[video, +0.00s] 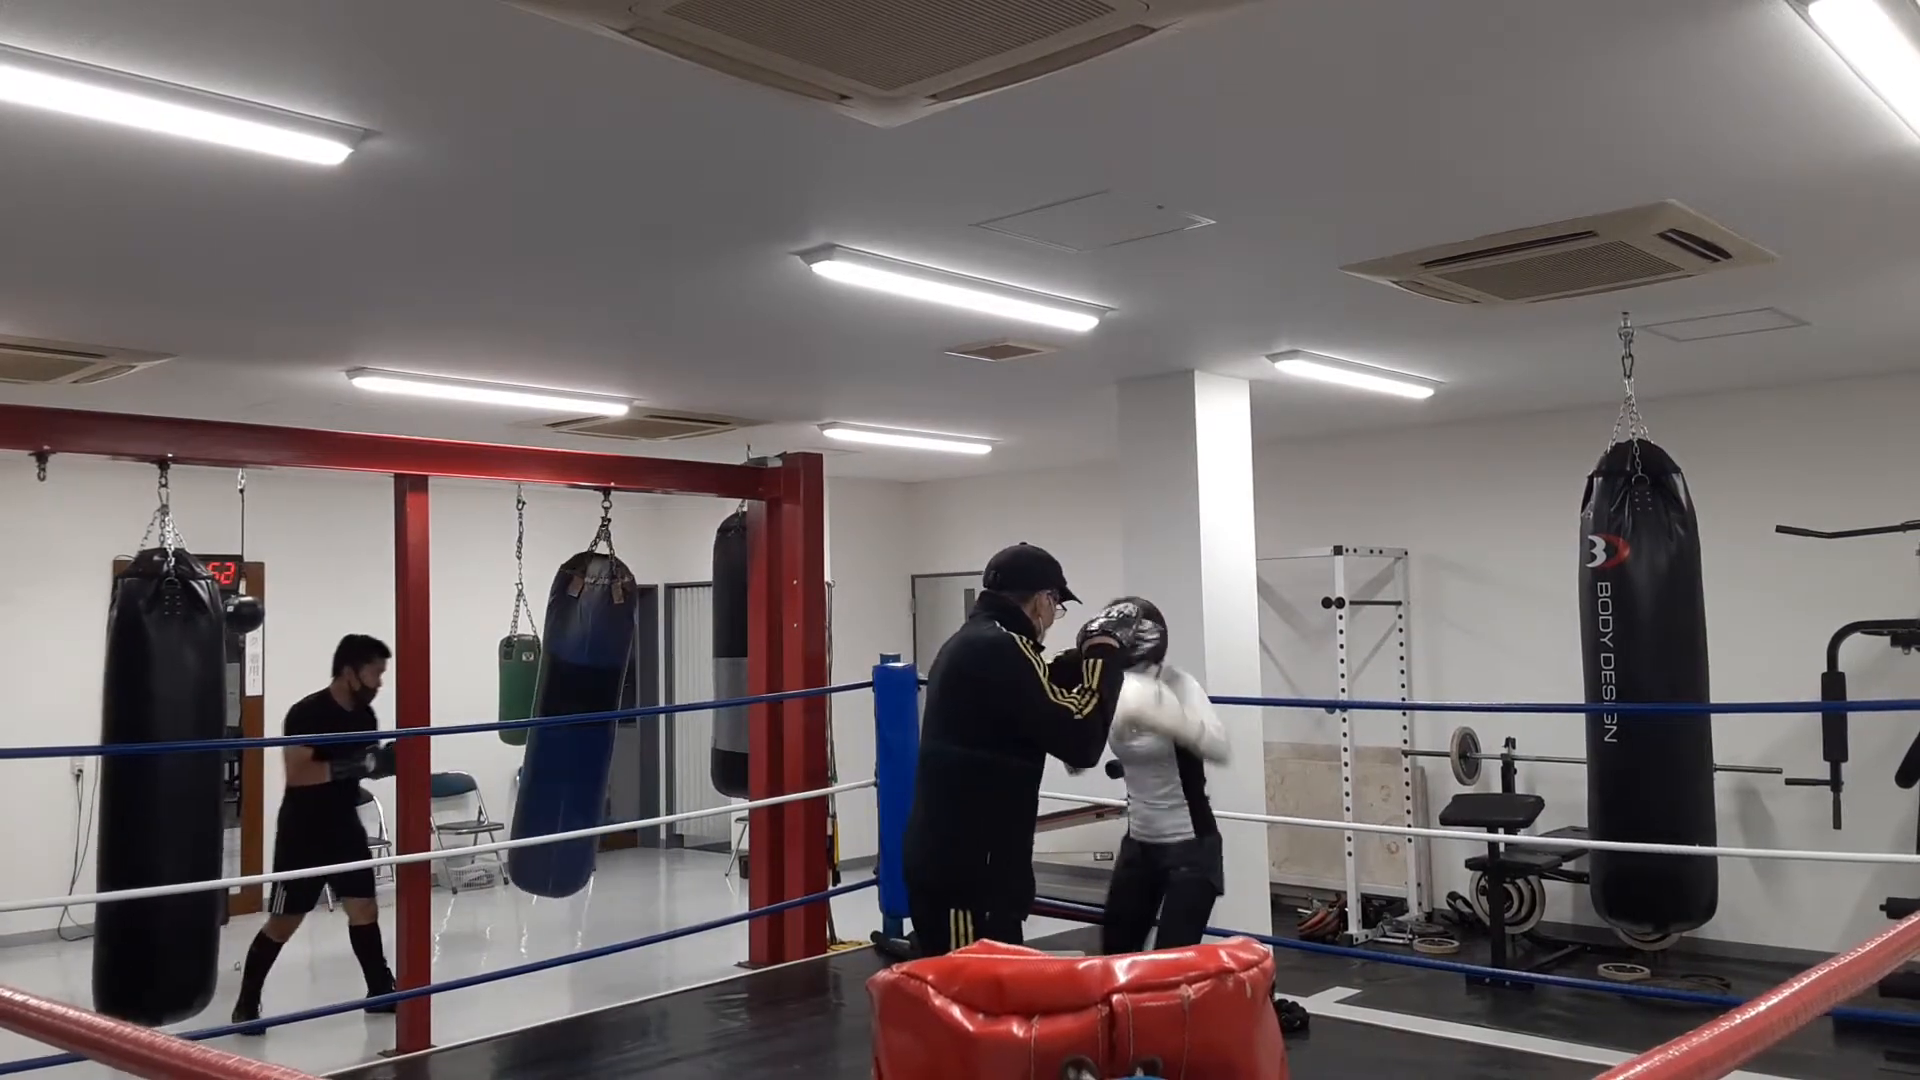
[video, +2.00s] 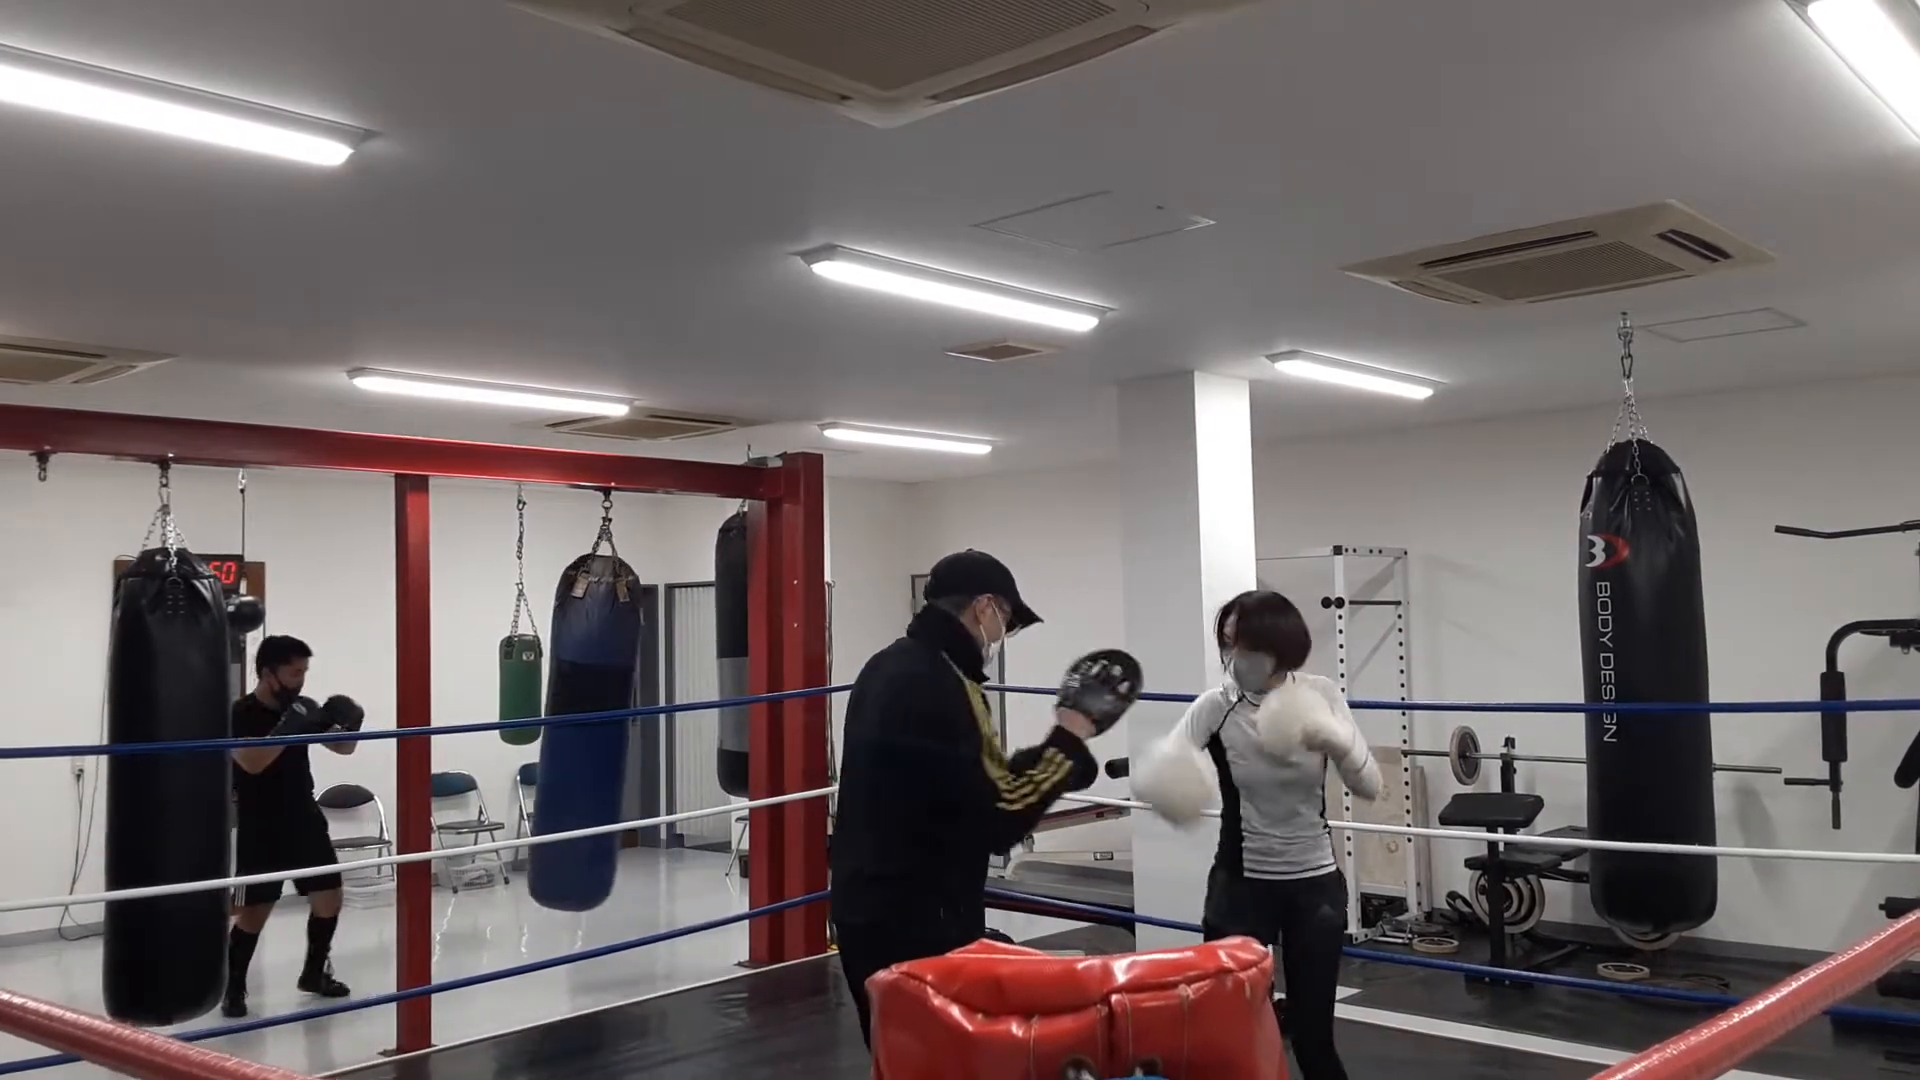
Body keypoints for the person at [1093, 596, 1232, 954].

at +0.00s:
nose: (1118, 642)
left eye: (1126, 631)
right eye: (1112, 634)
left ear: (1147, 638)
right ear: (1107, 641)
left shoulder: (1179, 684)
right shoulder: (1108, 688)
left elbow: (1220, 749)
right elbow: (1077, 762)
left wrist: (1160, 716)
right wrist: (1081, 688)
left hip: (1191, 848)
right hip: (1140, 847)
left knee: (1169, 963)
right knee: (1116, 956)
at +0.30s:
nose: (1143, 666)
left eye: (1154, 657)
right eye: (1142, 656)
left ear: (1177, 663)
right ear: (1140, 658)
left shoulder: (1204, 705)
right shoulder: (1140, 713)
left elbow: (1243, 763)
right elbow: (1111, 785)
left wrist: (1184, 727)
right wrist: (1128, 739)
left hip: (1217, 875)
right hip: (1164, 874)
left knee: (1231, 980)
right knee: (1132, 975)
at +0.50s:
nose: (1190, 649)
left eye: (1202, 639)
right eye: (1181, 638)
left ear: (1227, 644)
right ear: (1170, 643)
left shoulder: (1250, 701)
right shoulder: (1162, 703)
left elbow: (1305, 766)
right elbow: (1120, 737)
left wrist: (1275, 726)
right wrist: (1132, 720)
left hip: (1258, 860)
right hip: (1191, 863)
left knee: (1270, 991)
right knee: (1168, 983)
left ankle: (1289, 1069)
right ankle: (1166, 1072)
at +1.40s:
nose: (1200, 648)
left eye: (1212, 637)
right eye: (1194, 639)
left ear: (1244, 640)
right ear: (1188, 644)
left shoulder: (1288, 703)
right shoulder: (1189, 709)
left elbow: (1343, 785)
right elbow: (1138, 760)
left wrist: (1289, 768)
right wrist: (1143, 712)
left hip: (1293, 888)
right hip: (1229, 888)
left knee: (1280, 1032)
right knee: (1214, 1015)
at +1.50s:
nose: (1192, 660)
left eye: (1202, 647)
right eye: (1189, 649)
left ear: (1238, 654)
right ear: (1187, 652)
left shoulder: (1281, 713)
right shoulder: (1202, 718)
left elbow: (1292, 779)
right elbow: (1170, 802)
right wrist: (1146, 767)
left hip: (1293, 901)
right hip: (1239, 892)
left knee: (1270, 1031)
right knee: (1201, 1002)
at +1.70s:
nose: (1203, 630)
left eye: (1214, 620)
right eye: (1202, 620)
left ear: (1251, 627)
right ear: (1201, 626)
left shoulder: (1302, 686)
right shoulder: (1196, 693)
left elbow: (1348, 766)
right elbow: (1127, 759)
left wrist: (1284, 719)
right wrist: (1139, 720)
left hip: (1304, 876)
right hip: (1232, 874)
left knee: (1297, 1024)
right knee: (1218, 1010)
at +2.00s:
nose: (1233, 657)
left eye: (1245, 646)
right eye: (1229, 645)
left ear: (1279, 655)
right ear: (1225, 645)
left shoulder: (1320, 697)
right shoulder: (1214, 707)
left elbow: (1367, 785)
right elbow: (1160, 768)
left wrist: (1333, 735)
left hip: (1314, 884)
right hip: (1241, 884)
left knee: (1310, 1033)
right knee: (1230, 1025)